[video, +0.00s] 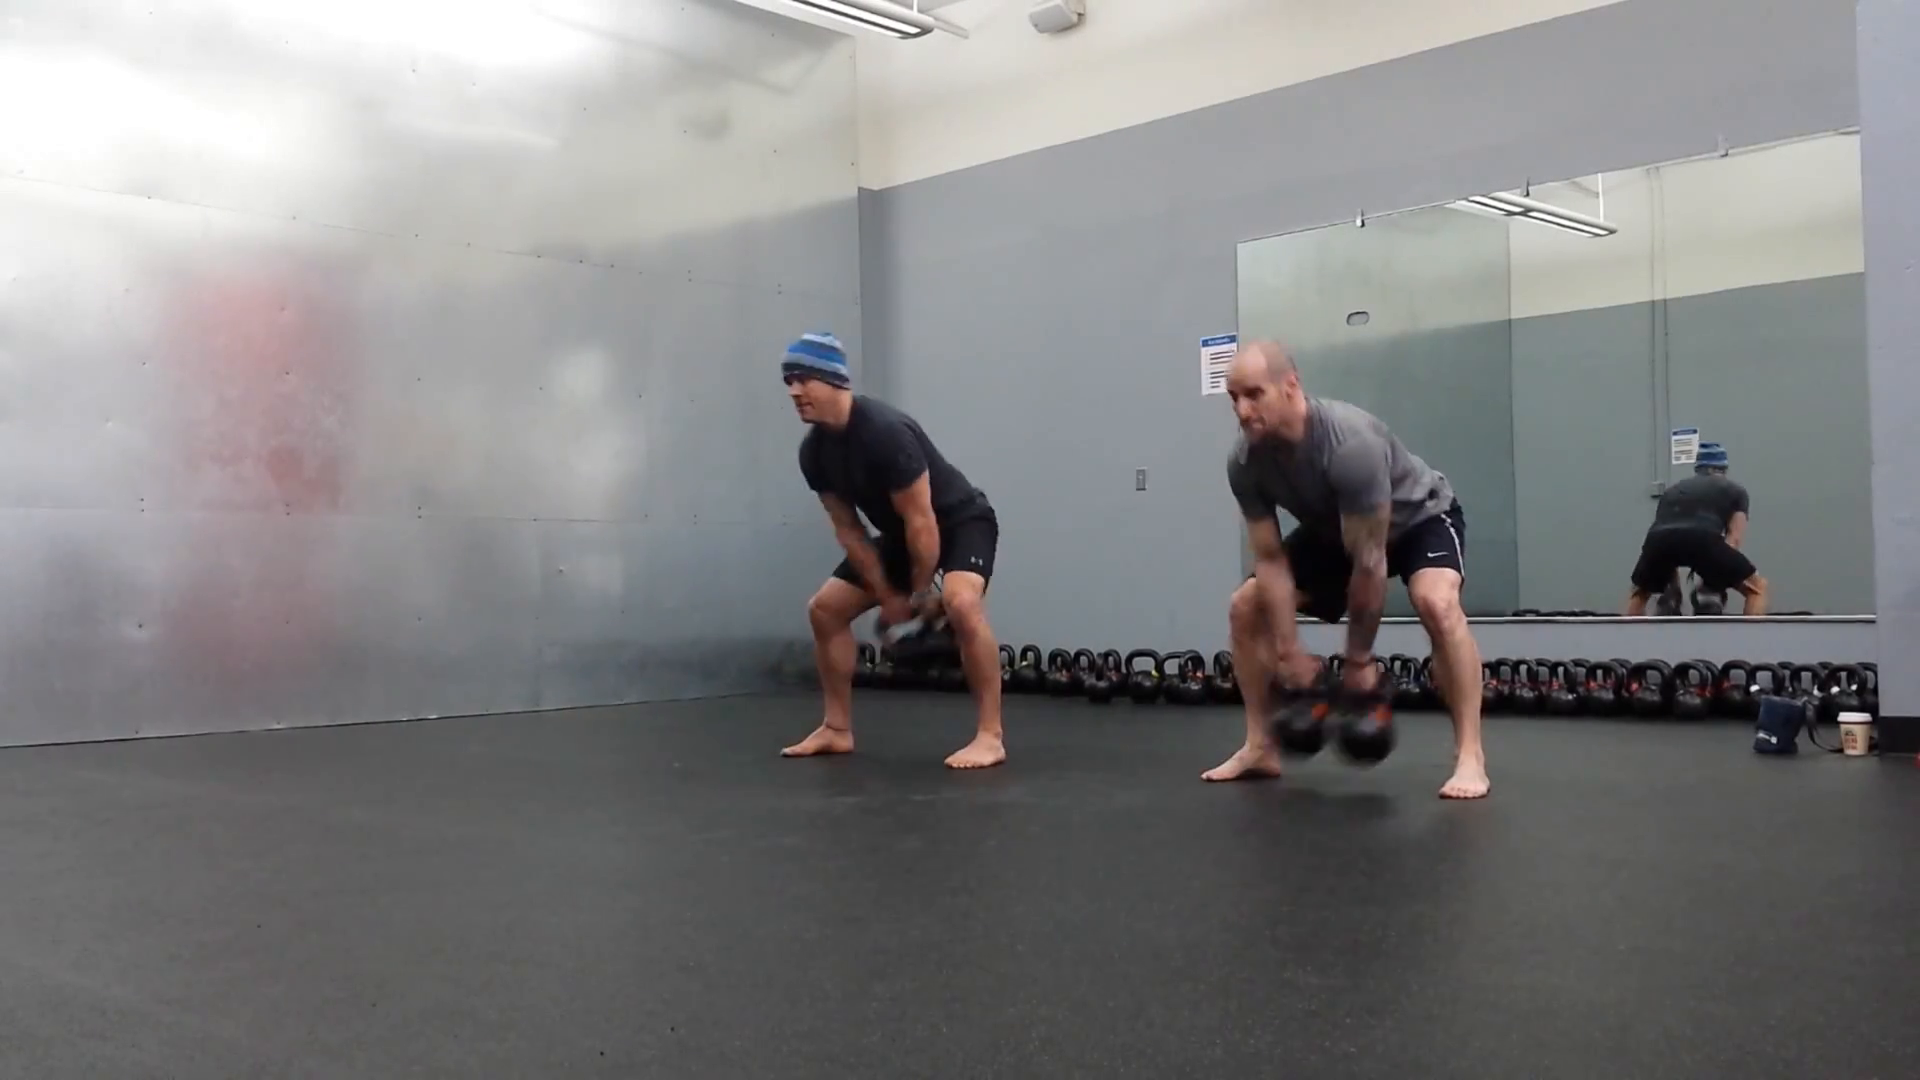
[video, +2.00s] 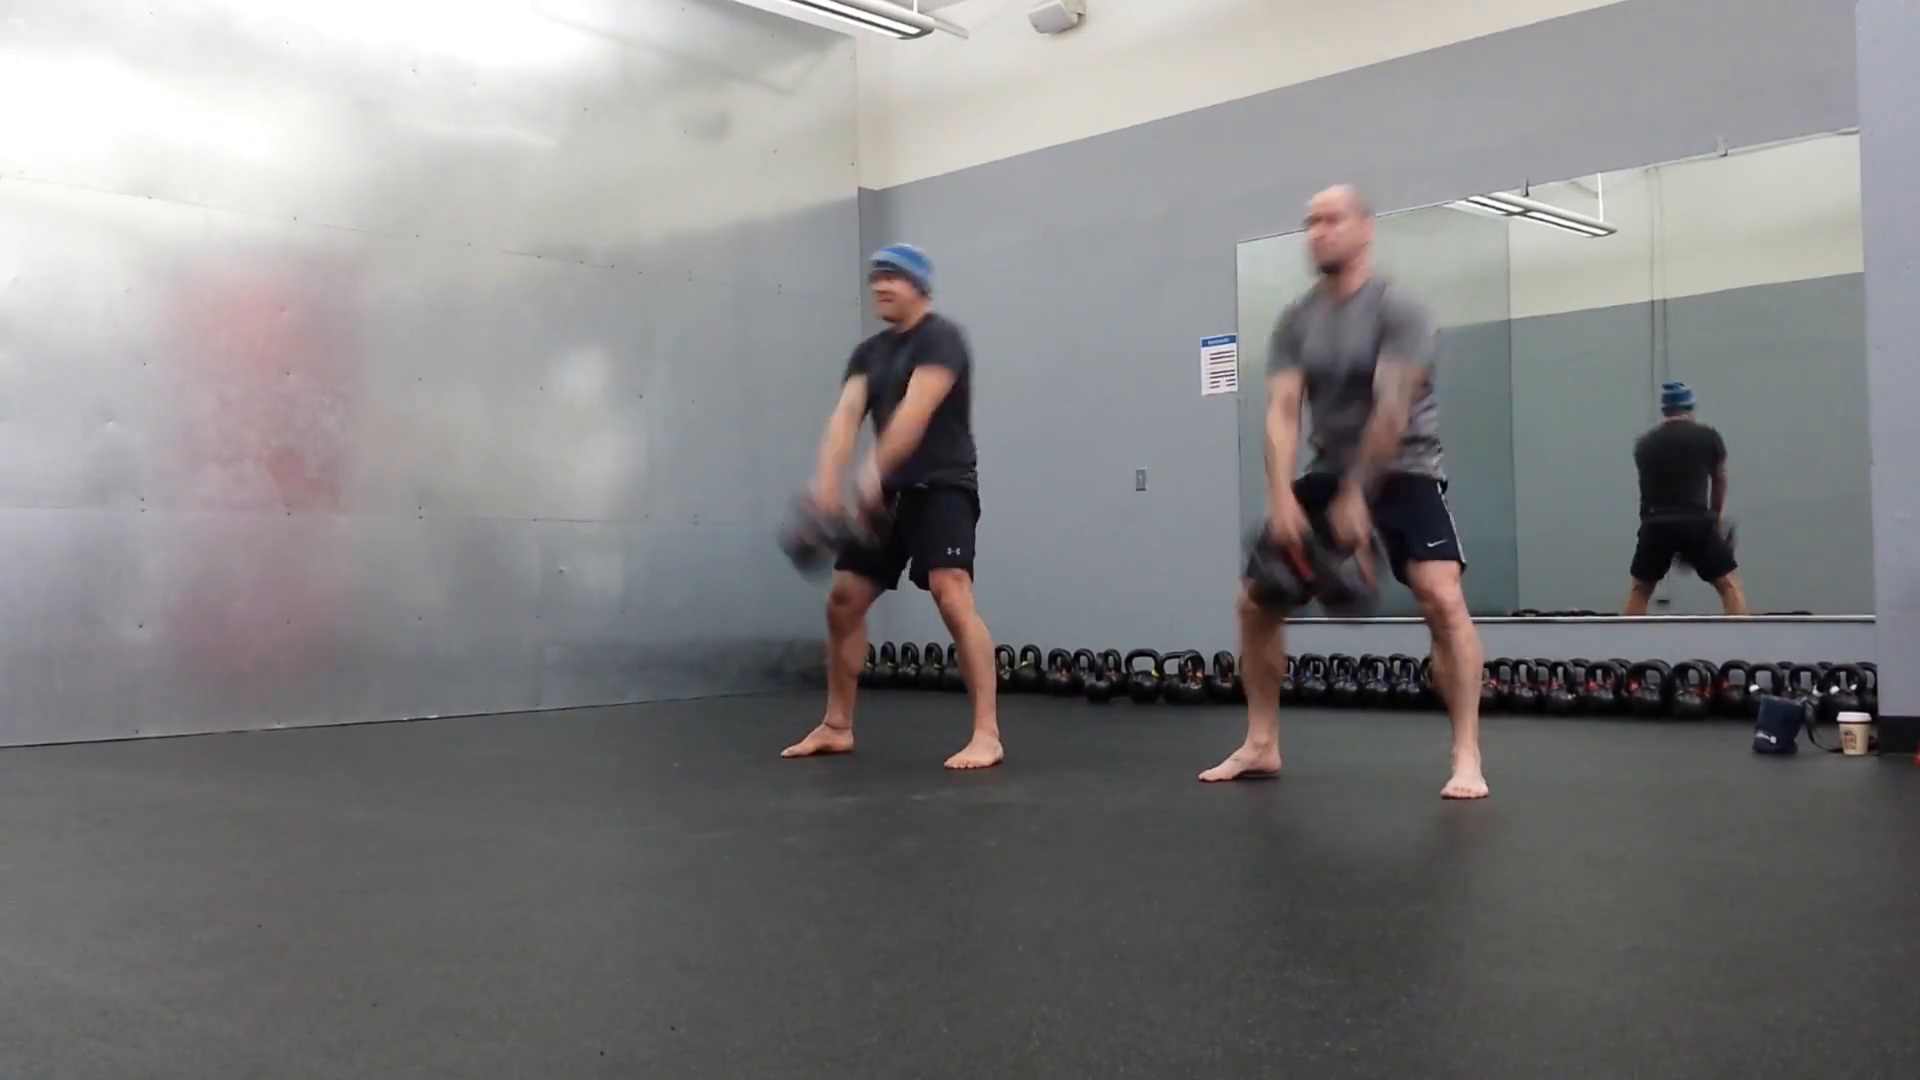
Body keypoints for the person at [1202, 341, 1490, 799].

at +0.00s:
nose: (1242, 410)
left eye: (1253, 394)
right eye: (1234, 398)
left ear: (1291, 387)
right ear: (1231, 400)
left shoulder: (1353, 445)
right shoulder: (1246, 464)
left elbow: (1370, 564)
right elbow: (1269, 558)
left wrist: (1358, 660)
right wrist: (1289, 650)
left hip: (1419, 517)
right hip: (1337, 528)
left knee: (1436, 602)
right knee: (1247, 607)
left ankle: (1470, 756)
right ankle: (1260, 746)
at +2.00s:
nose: (1317, 233)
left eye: (1331, 220)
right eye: (1312, 223)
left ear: (1366, 228)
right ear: (1307, 235)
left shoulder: (1401, 310)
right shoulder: (1298, 318)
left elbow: (1390, 414)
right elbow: (1282, 411)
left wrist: (1355, 490)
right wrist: (1280, 496)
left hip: (1403, 472)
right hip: (1331, 473)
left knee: (1441, 597)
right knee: (1257, 602)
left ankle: (1467, 756)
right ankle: (1261, 742)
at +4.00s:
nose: (1332, 208)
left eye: (1346, 196)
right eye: (1326, 198)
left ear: (1383, 207)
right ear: (1320, 211)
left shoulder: (1412, 286)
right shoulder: (1302, 296)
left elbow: (1386, 345)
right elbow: (1256, 367)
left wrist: (1348, 273)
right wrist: (1271, 280)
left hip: (1372, 474)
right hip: (1295, 474)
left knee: (1415, 614)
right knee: (1287, 618)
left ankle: (1461, 758)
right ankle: (1265, 747)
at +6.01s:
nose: (1351, 217)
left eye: (1364, 204)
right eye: (1345, 208)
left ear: (1399, 212)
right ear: (1339, 222)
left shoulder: (1430, 278)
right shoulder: (1328, 290)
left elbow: (1385, 293)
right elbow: (1262, 316)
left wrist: (1307, 281)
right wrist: (1211, 299)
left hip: (1393, 472)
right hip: (1315, 474)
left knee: (1426, 613)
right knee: (1281, 608)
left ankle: (1464, 756)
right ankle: (1263, 745)